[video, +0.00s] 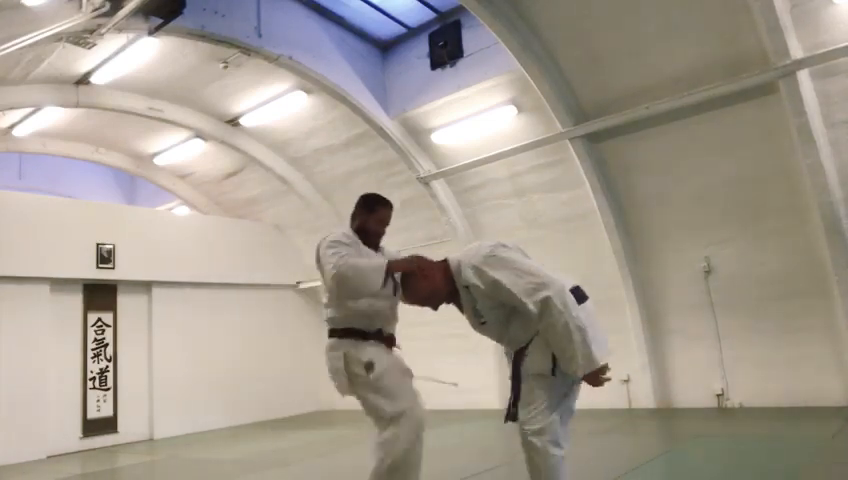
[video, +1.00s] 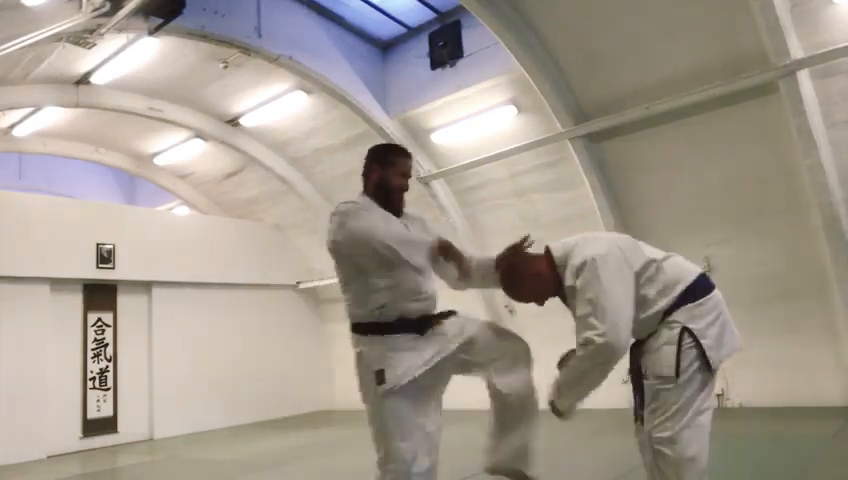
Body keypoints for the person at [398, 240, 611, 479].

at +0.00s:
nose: (429, 307)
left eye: (422, 299)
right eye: (421, 304)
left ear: (425, 273)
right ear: (427, 270)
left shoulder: (481, 262)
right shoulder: (463, 289)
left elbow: (551, 294)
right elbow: (515, 340)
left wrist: (584, 362)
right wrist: (518, 394)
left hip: (555, 330)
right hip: (536, 338)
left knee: (537, 428)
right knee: (534, 427)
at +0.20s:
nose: (446, 304)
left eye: (438, 295)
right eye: (437, 301)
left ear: (447, 271)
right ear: (449, 270)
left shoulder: (506, 264)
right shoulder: (490, 291)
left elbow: (571, 300)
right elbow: (547, 338)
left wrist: (594, 376)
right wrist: (538, 395)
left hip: (586, 335)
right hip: (564, 343)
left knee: (570, 433)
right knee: (548, 427)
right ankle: (555, 476)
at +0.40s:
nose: (482, 310)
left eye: (472, 302)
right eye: (472, 307)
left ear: (475, 277)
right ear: (476, 276)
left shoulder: (535, 265)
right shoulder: (515, 287)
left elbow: (617, 302)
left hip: (618, 331)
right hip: (589, 341)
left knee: (604, 436)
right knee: (574, 427)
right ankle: (581, 474)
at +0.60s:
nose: (506, 316)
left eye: (497, 309)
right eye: (497, 314)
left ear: (498, 285)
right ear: (498, 284)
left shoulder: (561, 265)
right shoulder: (539, 289)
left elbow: (651, 292)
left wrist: (706, 349)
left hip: (645, 329)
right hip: (619, 337)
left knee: (640, 442)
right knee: (623, 434)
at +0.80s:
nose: (524, 315)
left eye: (515, 307)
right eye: (515, 313)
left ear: (518, 280)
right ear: (519, 278)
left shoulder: (575, 269)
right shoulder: (559, 284)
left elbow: (652, 311)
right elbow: (615, 317)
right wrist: (610, 367)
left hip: (676, 320)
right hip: (646, 328)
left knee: (658, 438)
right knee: (647, 436)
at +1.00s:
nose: (540, 303)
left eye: (533, 296)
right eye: (531, 300)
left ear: (537, 270)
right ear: (536, 264)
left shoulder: (594, 259)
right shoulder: (574, 265)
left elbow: (609, 340)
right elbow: (602, 327)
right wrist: (579, 354)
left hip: (684, 318)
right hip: (656, 324)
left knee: (669, 435)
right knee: (652, 433)